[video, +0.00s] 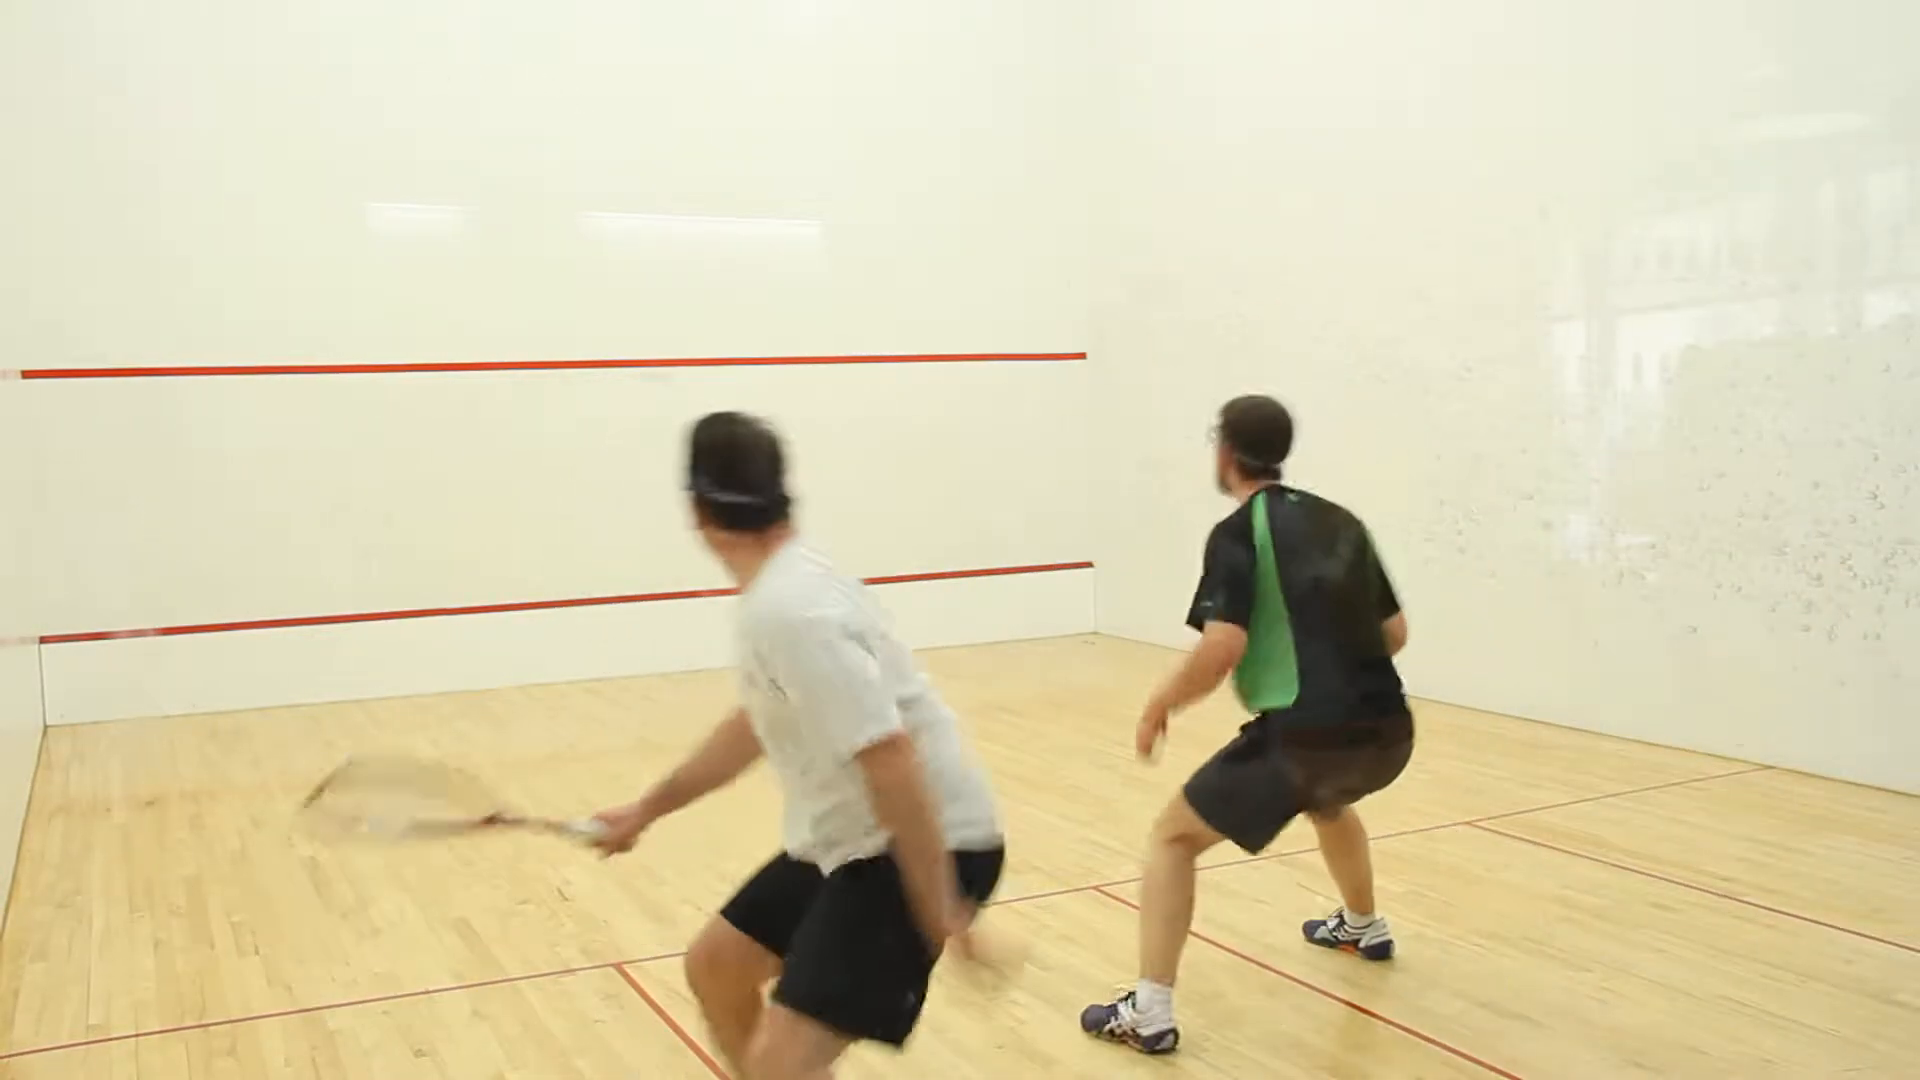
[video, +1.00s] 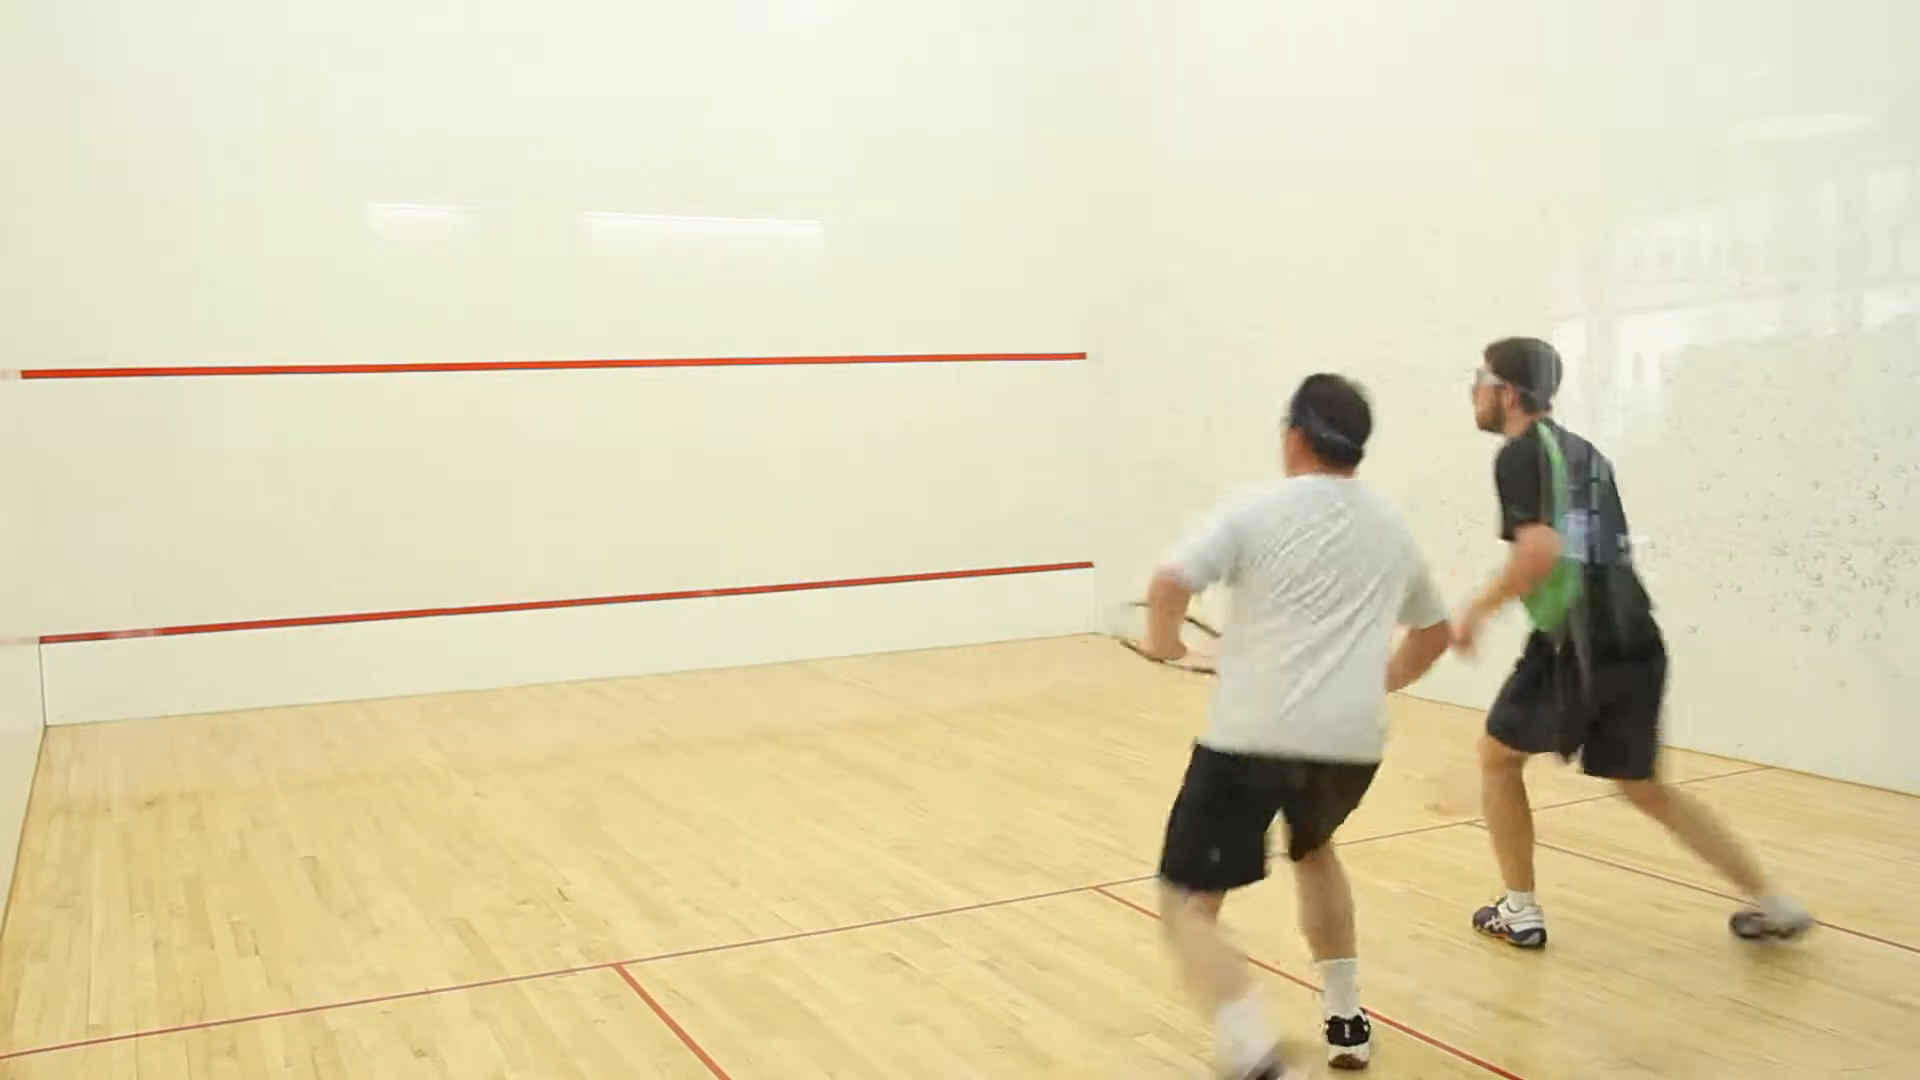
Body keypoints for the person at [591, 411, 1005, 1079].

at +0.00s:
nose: (691, 516)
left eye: (692, 501)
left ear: (701, 514)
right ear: (779, 495)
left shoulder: (797, 610)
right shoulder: (775, 599)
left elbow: (891, 761)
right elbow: (751, 728)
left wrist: (940, 907)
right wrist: (644, 810)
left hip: (909, 853)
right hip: (846, 839)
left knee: (779, 1061)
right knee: (718, 967)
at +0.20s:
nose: (830, 440)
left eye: (831, 428)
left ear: (837, 442)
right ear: (921, 437)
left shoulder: (880, 544)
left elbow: (882, 713)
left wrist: (819, 863)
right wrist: (849, 779)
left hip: (966, 827)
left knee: (874, 1044)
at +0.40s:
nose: (972, 418)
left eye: (970, 408)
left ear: (970, 419)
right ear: (1048, 412)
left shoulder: (969, 514)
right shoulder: (1097, 502)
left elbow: (912, 656)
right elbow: (1114, 643)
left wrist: (849, 782)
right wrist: (1022, 773)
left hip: (1053, 794)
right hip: (1157, 788)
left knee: (1004, 1006)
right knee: (1053, 944)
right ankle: (1121, 1063)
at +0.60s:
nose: (1072, 417)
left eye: (1073, 408)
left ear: (1080, 417)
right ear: (1158, 417)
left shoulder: (1066, 512)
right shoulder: (1219, 511)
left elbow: (998, 634)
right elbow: (1254, 640)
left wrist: (934, 740)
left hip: (1142, 784)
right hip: (1248, 773)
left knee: (1052, 957)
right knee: (1187, 900)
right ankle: (1255, 1061)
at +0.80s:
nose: (1156, 452)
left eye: (1159, 441)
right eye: (1161, 441)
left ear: (1170, 450)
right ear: (1233, 454)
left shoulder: (1159, 537)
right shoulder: (1279, 534)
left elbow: (1093, 657)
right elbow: (1325, 663)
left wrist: (1046, 718)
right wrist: (1248, 731)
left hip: (1202, 792)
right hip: (1299, 785)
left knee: (1082, 946)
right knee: (1260, 875)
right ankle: (1336, 1024)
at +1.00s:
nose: (1283, 439)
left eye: (1286, 428)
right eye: (1288, 428)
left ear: (1297, 437)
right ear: (1359, 447)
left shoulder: (1259, 508)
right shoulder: (1388, 527)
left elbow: (1170, 581)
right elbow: (1434, 632)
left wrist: (1163, 642)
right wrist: (1380, 680)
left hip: (1250, 741)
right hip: (1349, 744)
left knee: (1188, 904)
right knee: (1313, 847)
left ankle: (1252, 1048)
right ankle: (1346, 1016)